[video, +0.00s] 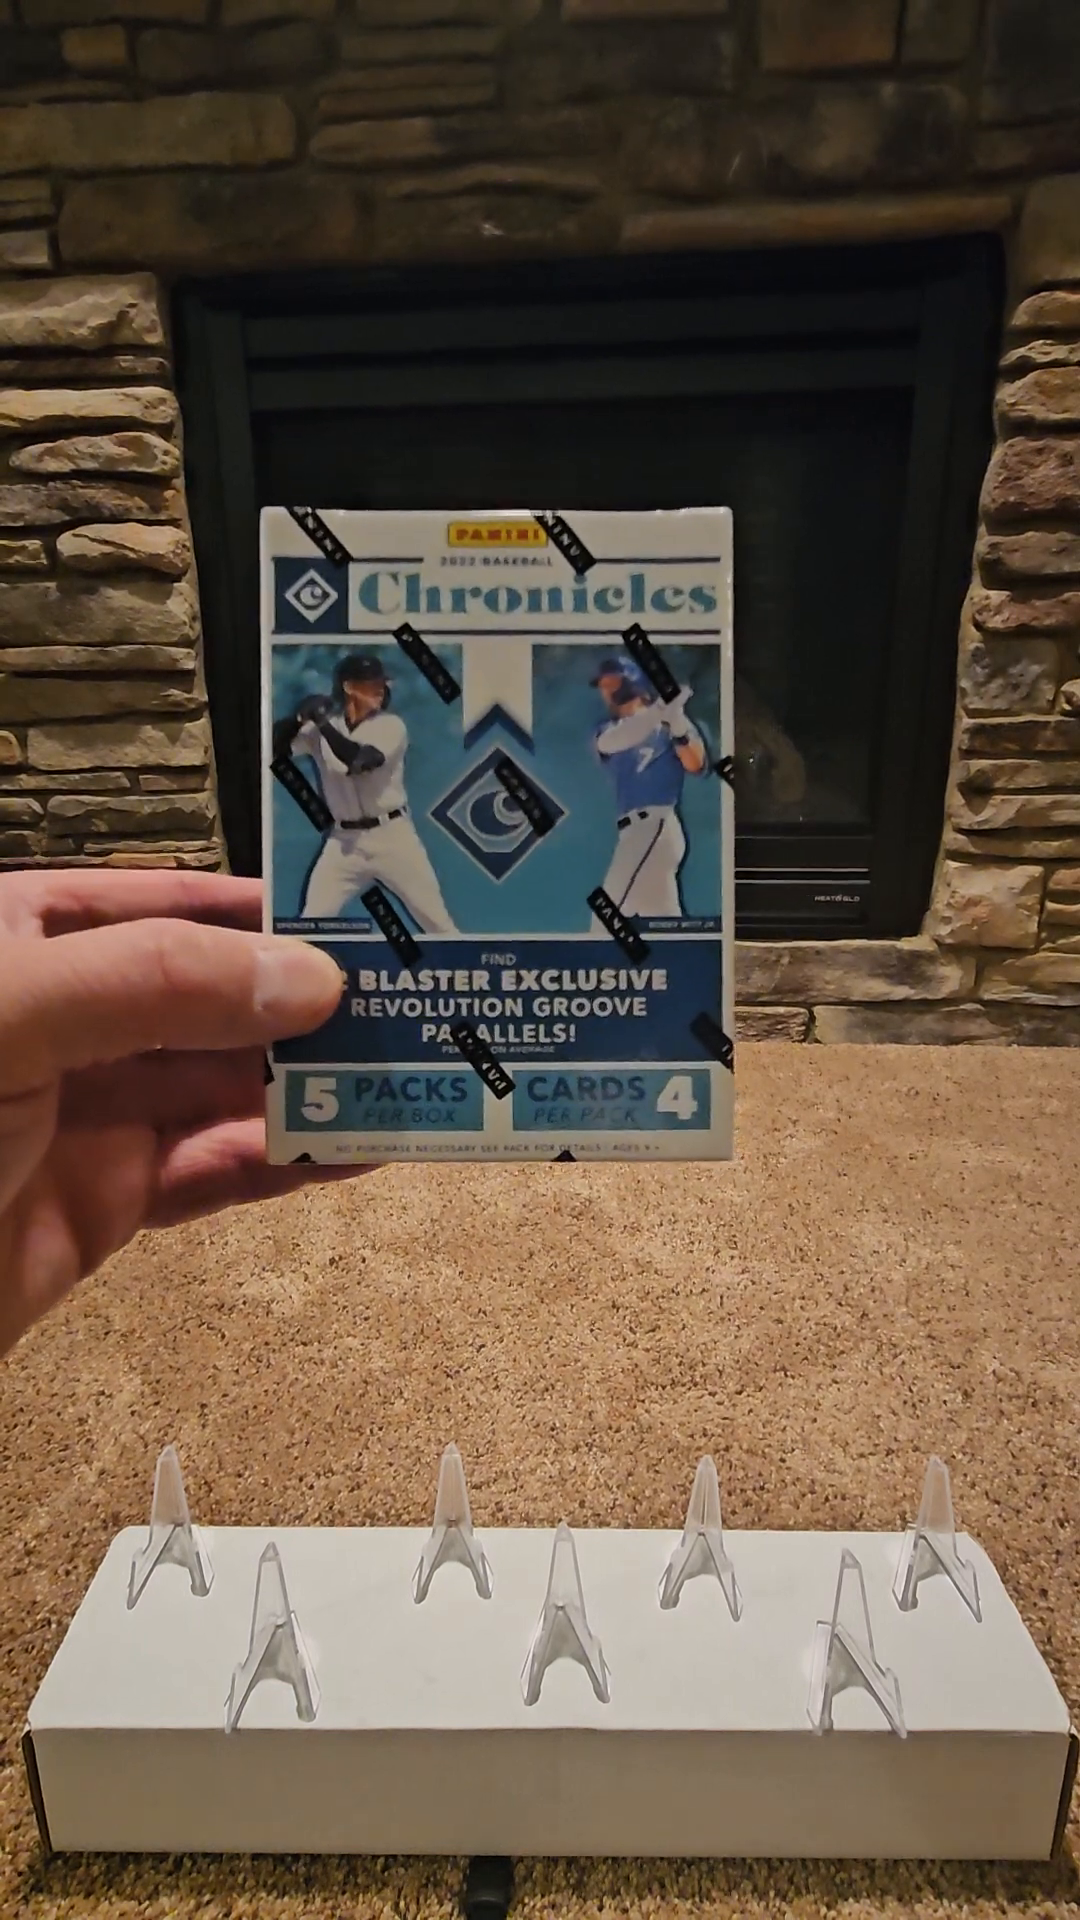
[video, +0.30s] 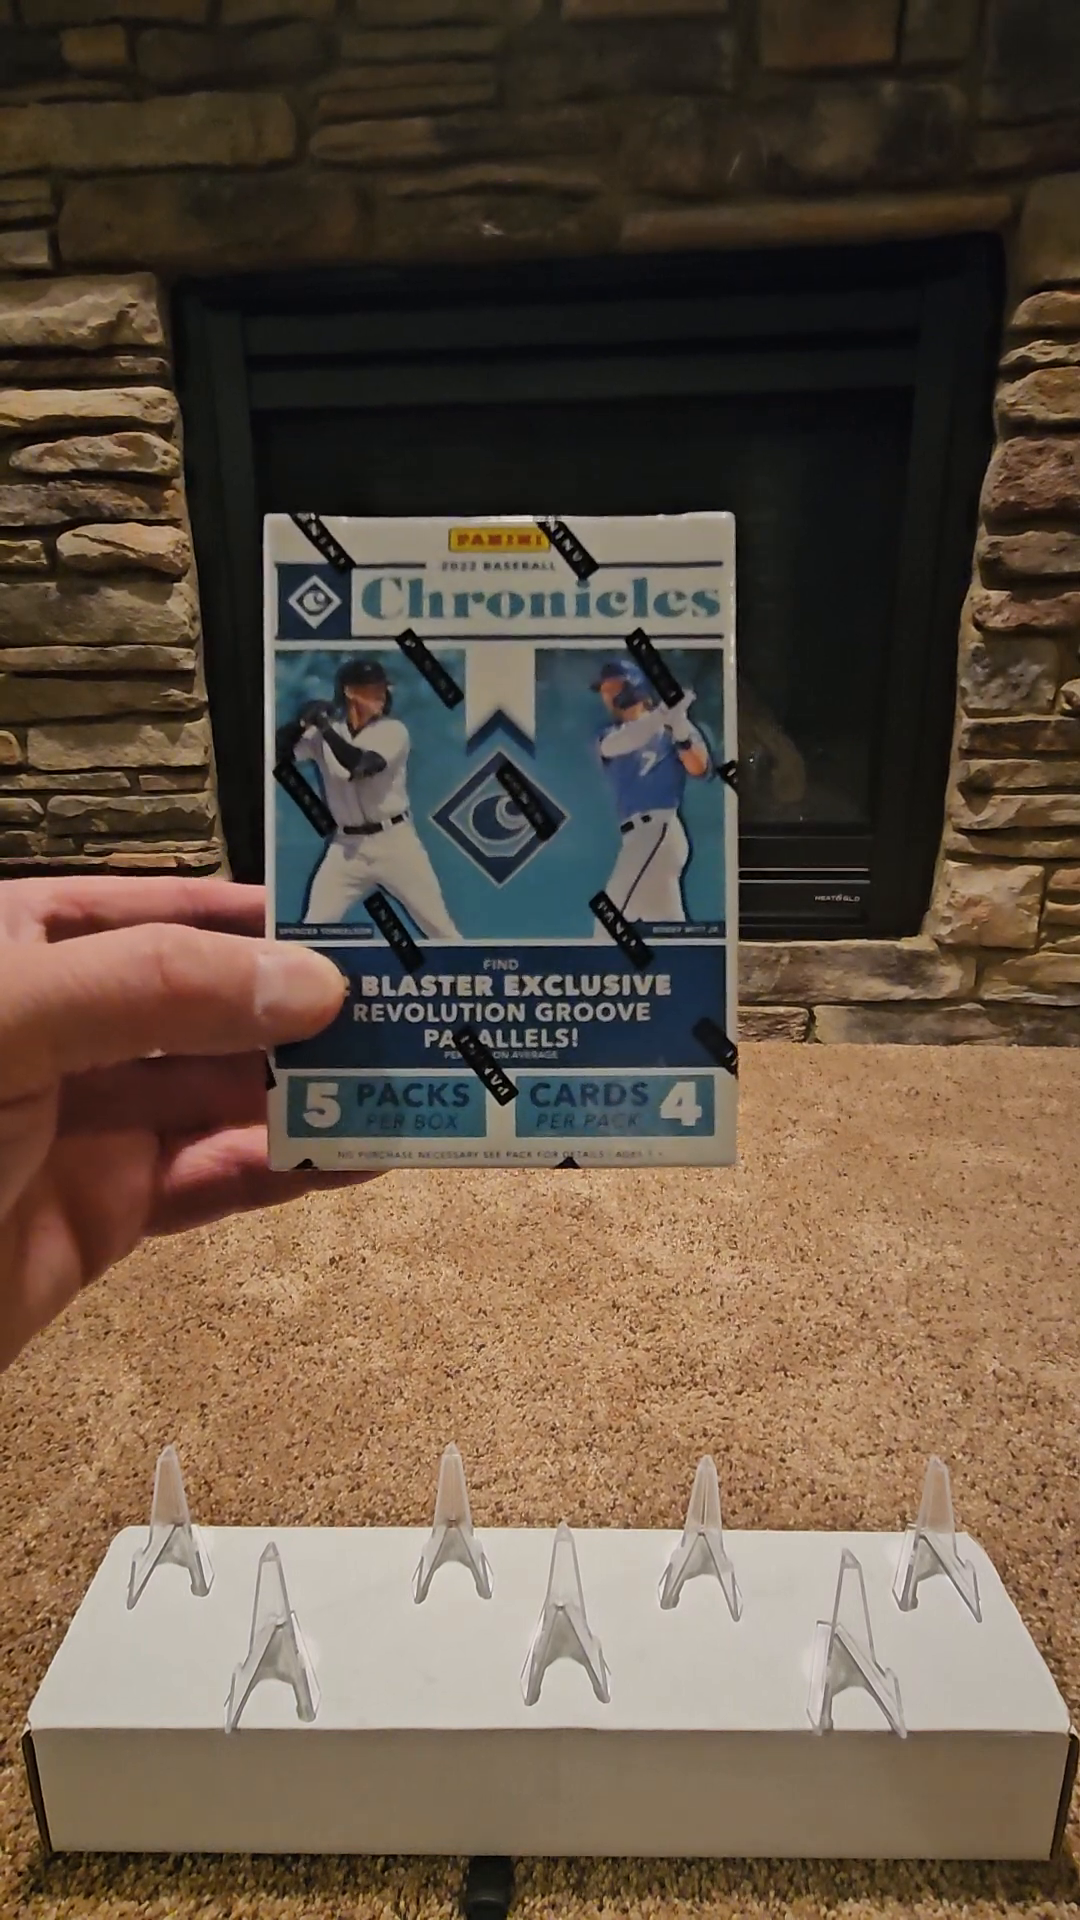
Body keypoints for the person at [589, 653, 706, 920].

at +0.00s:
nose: (607, 693)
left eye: (613, 684)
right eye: (603, 686)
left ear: (633, 686)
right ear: (600, 690)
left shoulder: (673, 721)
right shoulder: (607, 730)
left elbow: (696, 766)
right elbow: (614, 742)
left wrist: (677, 722)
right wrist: (658, 712)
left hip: (655, 829)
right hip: (633, 832)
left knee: (607, 916)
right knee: (665, 925)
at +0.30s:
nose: (607, 697)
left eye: (613, 688)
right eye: (604, 691)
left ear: (633, 688)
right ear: (602, 695)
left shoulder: (674, 725)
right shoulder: (609, 735)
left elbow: (699, 769)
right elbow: (621, 744)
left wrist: (681, 729)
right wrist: (662, 714)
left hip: (659, 832)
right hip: (635, 837)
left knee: (610, 921)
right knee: (668, 931)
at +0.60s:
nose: (614, 713)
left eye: (621, 703)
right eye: (611, 706)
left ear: (642, 703)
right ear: (607, 712)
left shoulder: (681, 741)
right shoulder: (615, 751)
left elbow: (707, 786)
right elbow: (629, 760)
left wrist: (688, 743)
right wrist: (668, 730)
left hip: (666, 851)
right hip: (642, 855)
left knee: (615, 937)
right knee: (675, 950)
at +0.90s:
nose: (605, 682)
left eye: (612, 672)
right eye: (601, 675)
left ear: (632, 673)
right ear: (597, 681)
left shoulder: (674, 711)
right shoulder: (603, 722)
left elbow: (699, 759)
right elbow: (625, 728)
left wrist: (679, 712)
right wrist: (663, 697)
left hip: (657, 825)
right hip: (633, 828)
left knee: (606, 912)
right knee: (667, 925)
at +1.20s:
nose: (612, 665)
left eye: (619, 655)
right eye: (608, 658)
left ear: (640, 656)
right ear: (605, 664)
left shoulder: (680, 694)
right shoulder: (610, 705)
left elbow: (706, 742)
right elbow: (630, 712)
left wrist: (688, 698)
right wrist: (670, 680)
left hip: (663, 808)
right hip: (639, 812)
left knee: (611, 898)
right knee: (670, 909)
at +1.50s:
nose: (617, 665)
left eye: (624, 655)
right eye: (612, 658)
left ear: (645, 657)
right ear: (608, 664)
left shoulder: (684, 696)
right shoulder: (612, 706)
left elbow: (711, 743)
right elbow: (632, 715)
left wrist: (692, 699)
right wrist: (671, 684)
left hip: (668, 811)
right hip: (643, 815)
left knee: (615, 904)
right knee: (676, 915)